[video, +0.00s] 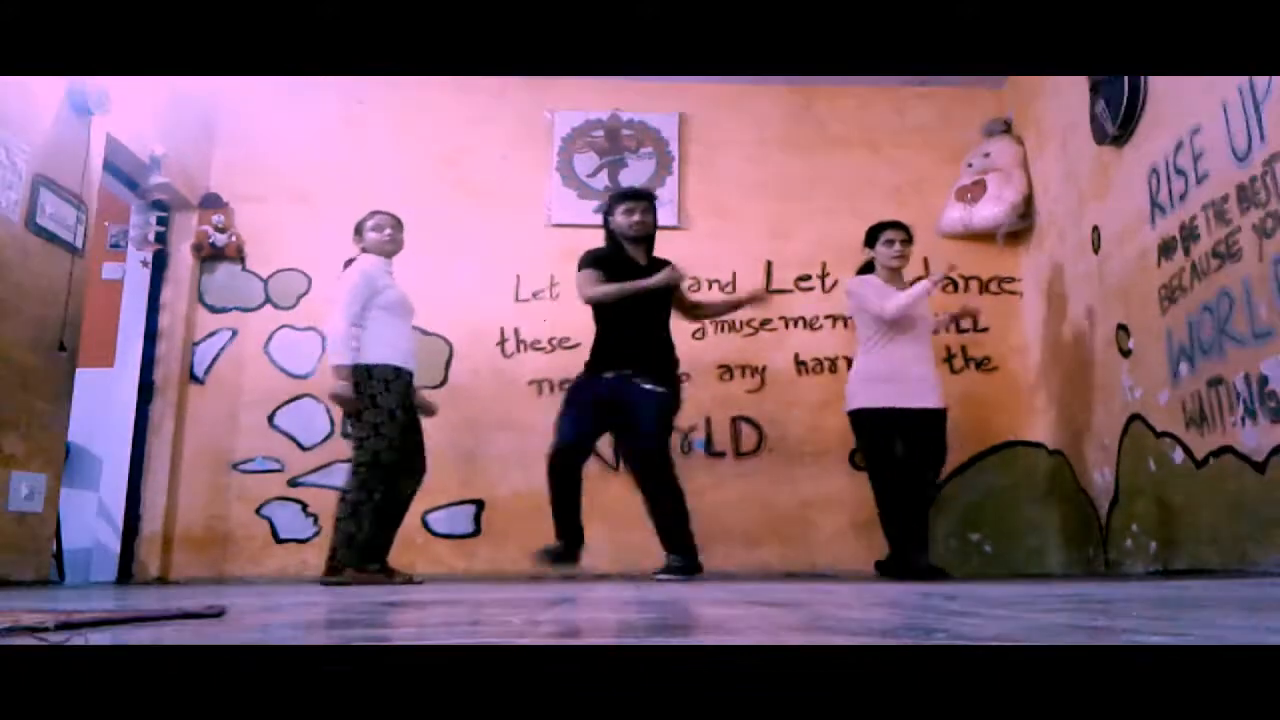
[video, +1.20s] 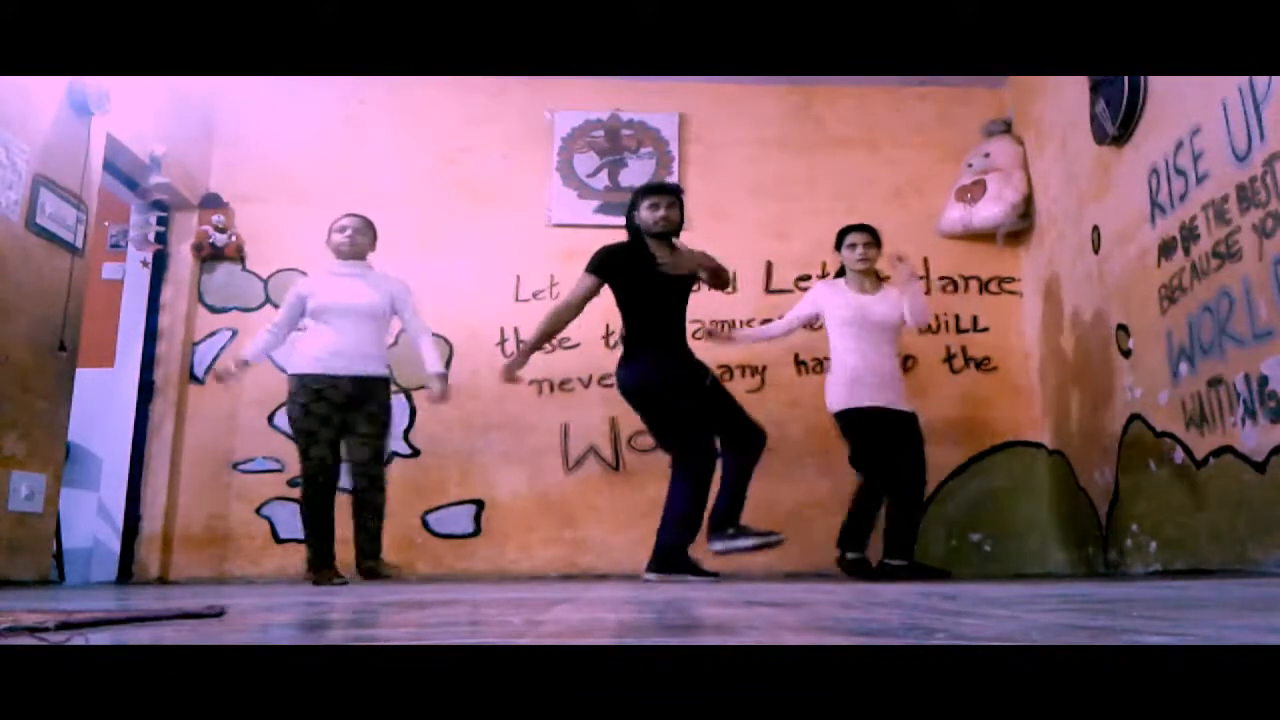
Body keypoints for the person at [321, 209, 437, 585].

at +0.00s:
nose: (388, 233)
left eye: (395, 228)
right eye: (378, 228)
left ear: (402, 240)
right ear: (361, 240)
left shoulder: (387, 278)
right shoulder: (366, 268)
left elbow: (391, 343)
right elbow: (344, 320)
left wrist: (411, 393)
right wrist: (342, 375)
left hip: (394, 381)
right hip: (375, 379)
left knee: (408, 467)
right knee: (374, 467)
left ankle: (372, 558)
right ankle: (346, 560)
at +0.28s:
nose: (390, 236)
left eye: (396, 231)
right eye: (379, 231)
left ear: (404, 242)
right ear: (361, 243)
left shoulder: (386, 278)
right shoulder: (368, 273)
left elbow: (386, 335)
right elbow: (353, 323)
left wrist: (410, 370)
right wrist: (394, 365)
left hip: (377, 381)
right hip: (372, 380)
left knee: (394, 470)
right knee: (442, 449)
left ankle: (371, 563)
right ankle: (363, 520)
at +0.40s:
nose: (388, 234)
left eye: (394, 230)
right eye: (378, 230)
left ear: (403, 240)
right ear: (361, 241)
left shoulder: (389, 279)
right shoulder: (367, 271)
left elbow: (394, 340)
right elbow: (350, 324)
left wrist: (414, 384)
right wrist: (381, 365)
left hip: (382, 380)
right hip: (376, 379)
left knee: (389, 471)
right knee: (425, 455)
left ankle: (369, 564)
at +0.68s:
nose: (386, 235)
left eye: (394, 230)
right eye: (376, 230)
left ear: (403, 242)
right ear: (360, 242)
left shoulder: (394, 285)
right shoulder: (362, 275)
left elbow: (398, 343)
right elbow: (331, 324)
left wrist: (416, 379)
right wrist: (329, 377)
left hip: (389, 379)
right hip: (366, 375)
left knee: (385, 470)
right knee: (419, 448)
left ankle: (371, 562)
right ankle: (406, 542)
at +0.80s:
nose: (381, 235)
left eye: (389, 231)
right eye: (371, 230)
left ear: (399, 244)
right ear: (356, 243)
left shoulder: (397, 294)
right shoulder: (353, 279)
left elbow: (401, 352)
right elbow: (313, 323)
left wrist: (436, 384)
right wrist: (312, 380)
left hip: (391, 382)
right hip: (362, 378)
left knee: (397, 462)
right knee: (393, 459)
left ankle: (370, 561)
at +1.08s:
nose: (363, 240)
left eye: (372, 237)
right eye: (355, 236)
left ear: (385, 250)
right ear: (341, 247)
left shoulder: (398, 298)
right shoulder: (325, 287)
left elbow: (410, 340)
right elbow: (295, 339)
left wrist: (421, 357)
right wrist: (280, 393)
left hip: (380, 394)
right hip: (332, 390)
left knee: (398, 473)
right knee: (348, 475)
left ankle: (371, 564)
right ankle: (320, 563)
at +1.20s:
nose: (348, 234)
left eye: (357, 230)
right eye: (341, 229)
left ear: (372, 244)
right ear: (327, 242)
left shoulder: (390, 286)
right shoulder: (309, 284)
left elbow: (418, 330)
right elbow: (277, 329)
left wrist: (435, 372)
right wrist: (243, 357)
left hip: (369, 388)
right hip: (314, 387)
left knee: (369, 476)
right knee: (319, 477)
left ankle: (369, 560)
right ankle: (321, 565)